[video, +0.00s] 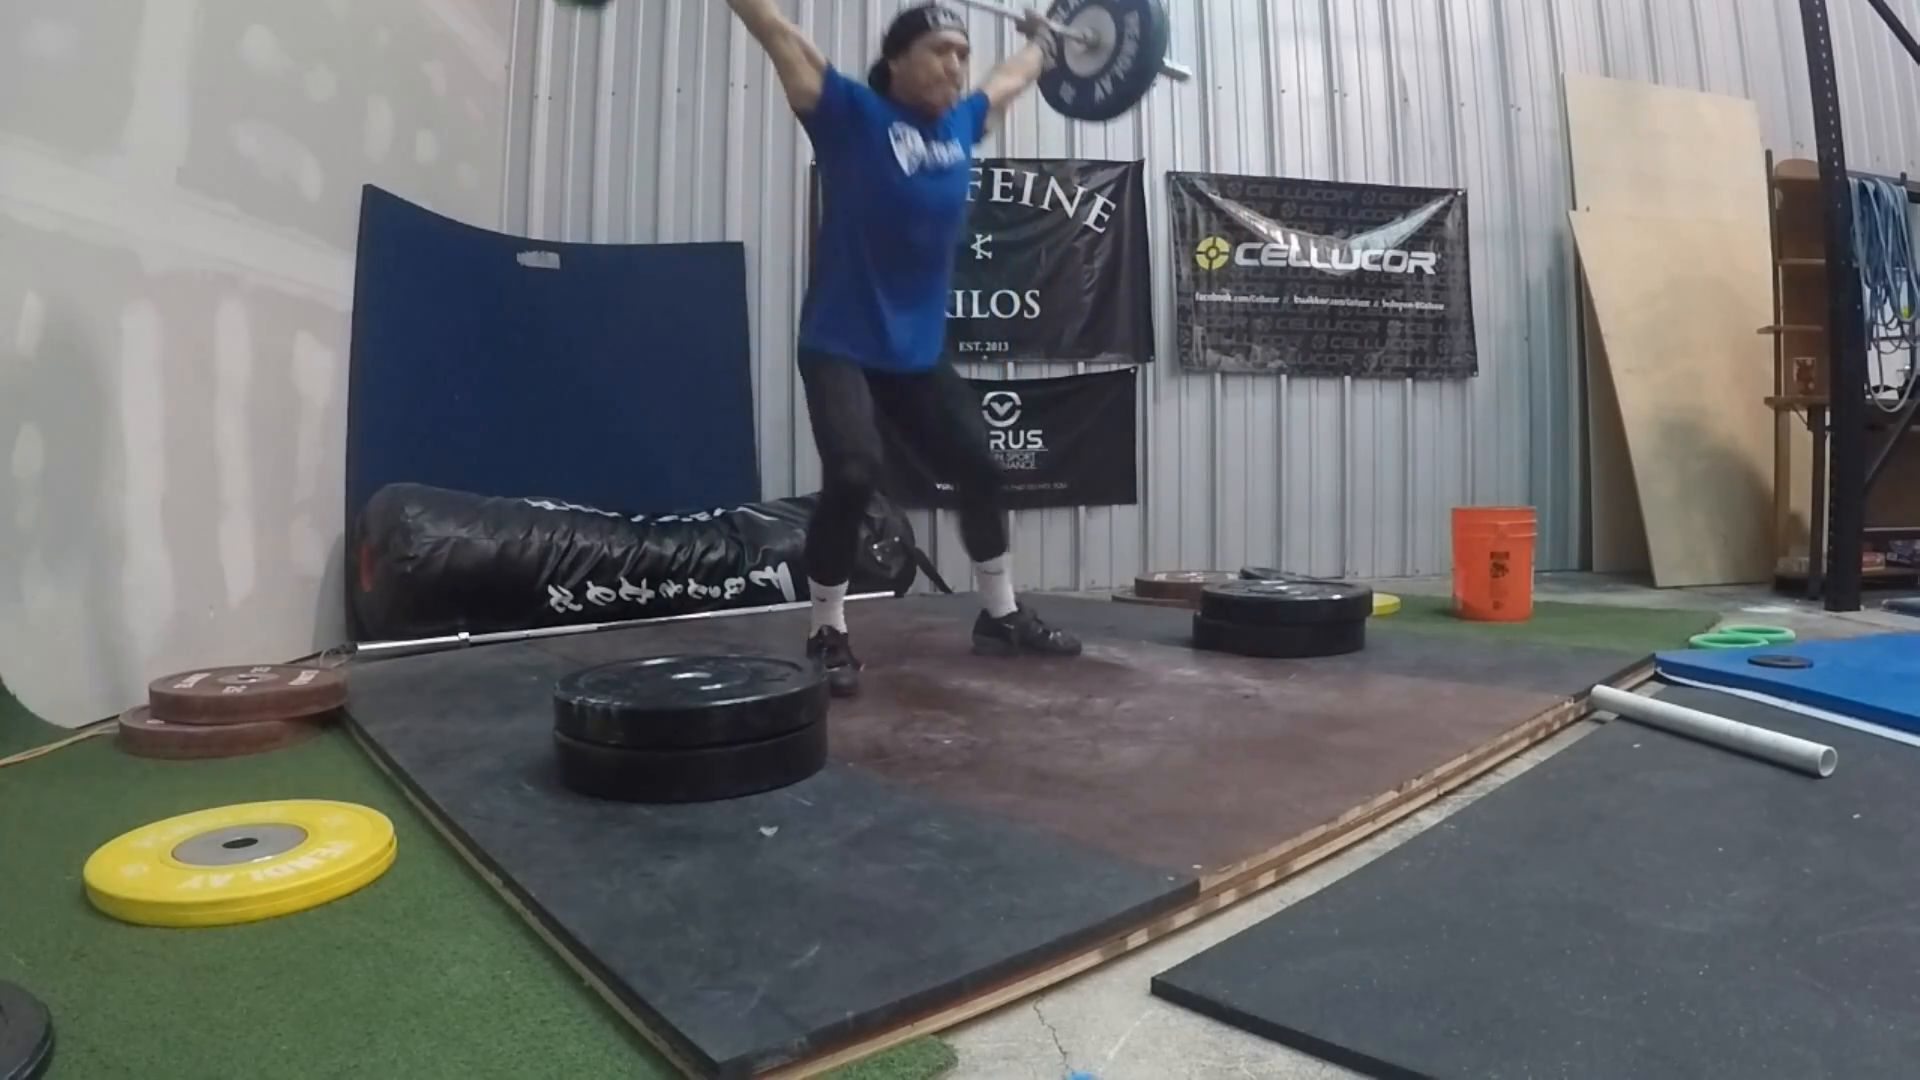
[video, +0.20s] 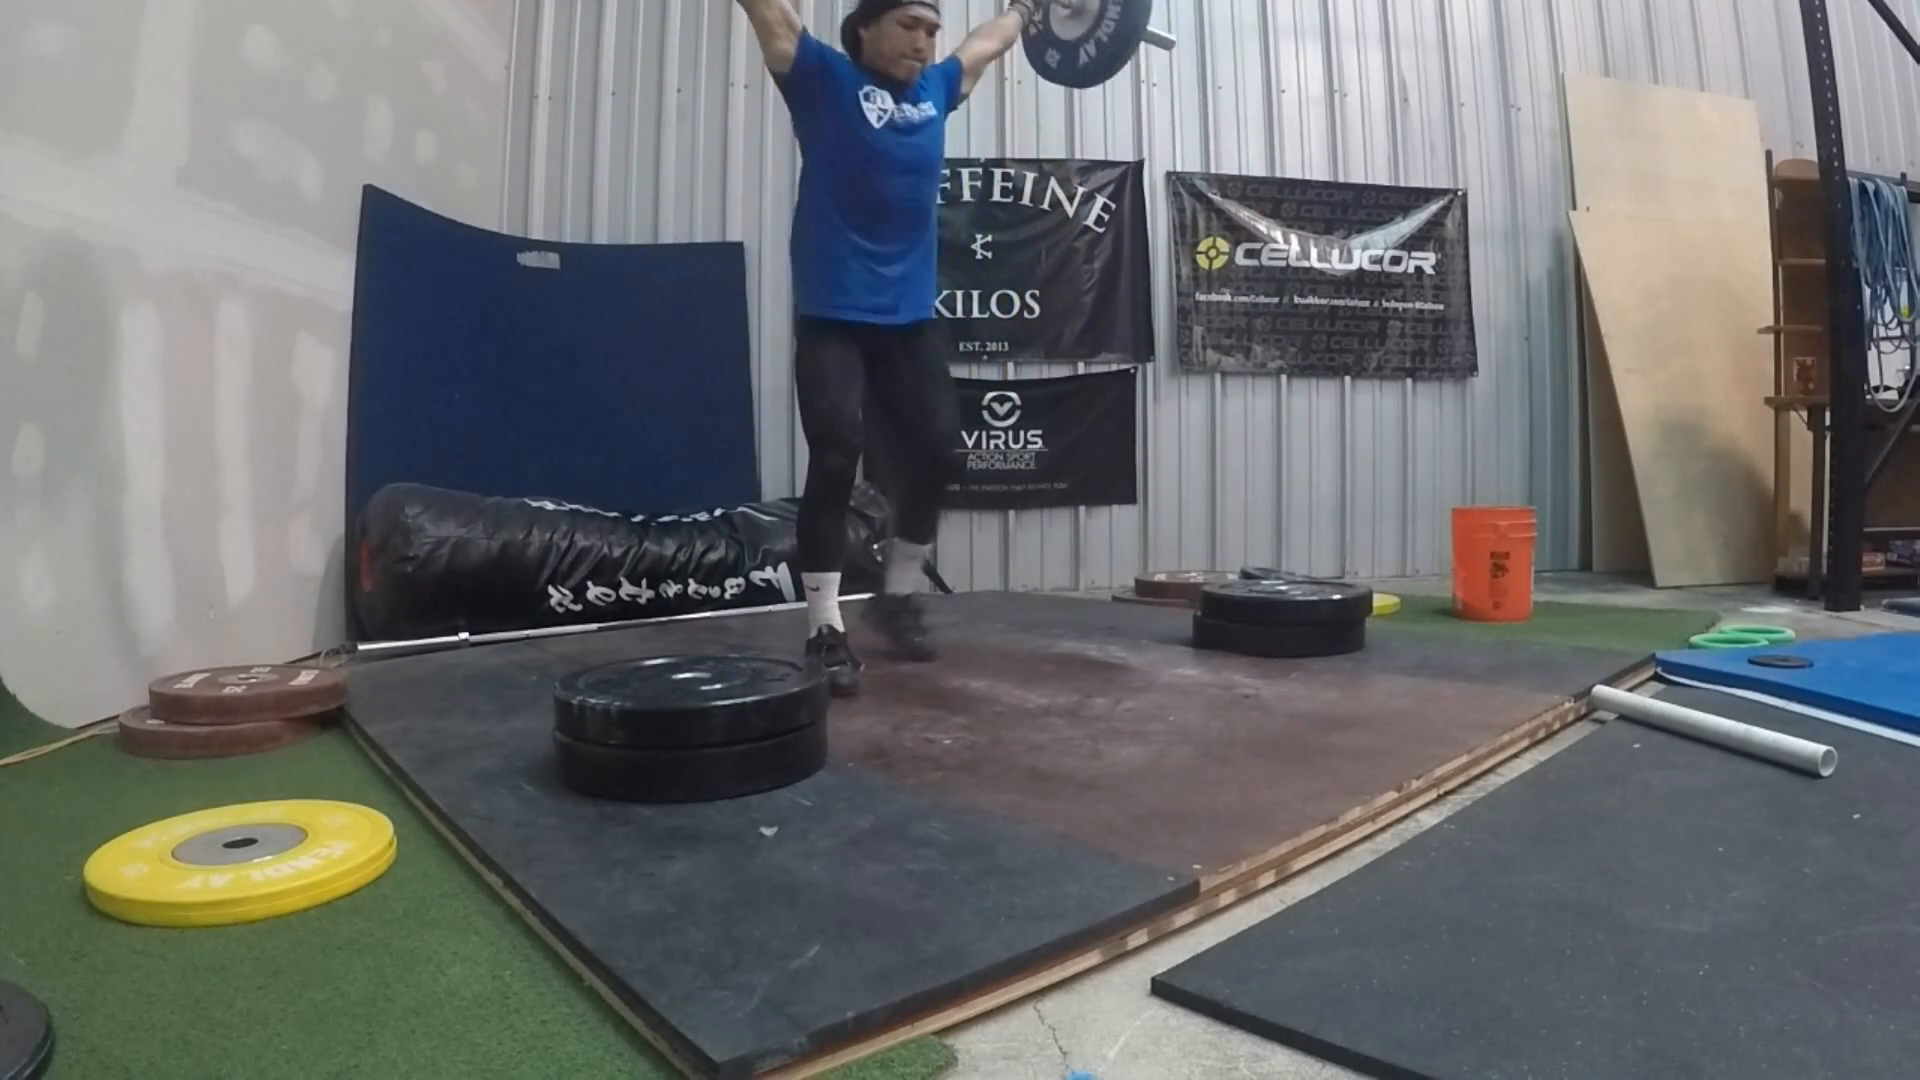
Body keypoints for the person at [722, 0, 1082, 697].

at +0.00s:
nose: (953, 68)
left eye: (959, 57)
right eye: (939, 52)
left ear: (962, 69)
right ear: (895, 60)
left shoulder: (959, 124)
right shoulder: (848, 112)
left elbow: (1011, 80)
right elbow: (775, 32)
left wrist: (1042, 40)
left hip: (917, 353)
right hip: (839, 345)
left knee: (981, 472)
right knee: (853, 475)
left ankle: (1001, 617)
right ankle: (827, 634)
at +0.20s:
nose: (923, 41)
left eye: (929, 29)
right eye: (910, 25)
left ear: (931, 41)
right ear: (864, 30)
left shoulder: (935, 88)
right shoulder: (820, 76)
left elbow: (988, 42)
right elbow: (762, 12)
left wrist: (1030, 6)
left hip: (910, 318)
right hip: (830, 316)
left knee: (940, 456)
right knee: (835, 458)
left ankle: (901, 588)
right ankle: (824, 627)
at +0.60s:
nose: (863, 79)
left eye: (870, 69)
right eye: (849, 67)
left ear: (874, 75)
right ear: (809, 72)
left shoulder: (887, 131)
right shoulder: (777, 126)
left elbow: (958, 106)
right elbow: (702, 82)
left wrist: (1004, 51)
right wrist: (690, 8)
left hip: (897, 331)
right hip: (824, 332)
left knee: (901, 468)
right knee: (828, 463)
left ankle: (880, 614)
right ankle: (822, 629)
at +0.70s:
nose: (846, 91)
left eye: (852, 81)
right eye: (832, 78)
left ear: (856, 86)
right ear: (792, 82)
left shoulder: (869, 144)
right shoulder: (763, 139)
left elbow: (938, 161)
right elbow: (683, 140)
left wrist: (996, 117)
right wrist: (691, 66)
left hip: (883, 328)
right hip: (812, 330)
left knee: (883, 465)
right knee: (817, 454)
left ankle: (879, 614)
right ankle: (805, 612)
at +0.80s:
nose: (835, 96)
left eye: (841, 86)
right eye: (823, 83)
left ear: (846, 93)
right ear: (783, 88)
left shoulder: (855, 156)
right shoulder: (746, 148)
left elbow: (928, 215)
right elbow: (675, 201)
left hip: (866, 328)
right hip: (796, 329)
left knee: (870, 459)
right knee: (809, 449)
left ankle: (878, 612)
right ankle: (757, 585)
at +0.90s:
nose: (819, 109)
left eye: (825, 100)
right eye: (807, 97)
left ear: (829, 105)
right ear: (767, 99)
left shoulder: (843, 174)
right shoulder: (732, 162)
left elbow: (889, 247)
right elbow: (681, 224)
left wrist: (943, 285)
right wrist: (708, 267)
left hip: (842, 350)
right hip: (770, 350)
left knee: (860, 469)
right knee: (777, 474)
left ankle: (875, 612)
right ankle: (706, 582)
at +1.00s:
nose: (805, 122)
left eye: (811, 112)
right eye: (793, 110)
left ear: (815, 116)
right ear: (753, 112)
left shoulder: (821, 185)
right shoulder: (716, 176)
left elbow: (839, 268)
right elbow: (694, 257)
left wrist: (876, 337)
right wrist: (749, 307)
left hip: (813, 361)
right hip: (742, 362)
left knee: (835, 476)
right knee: (738, 483)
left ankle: (868, 609)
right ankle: (686, 586)